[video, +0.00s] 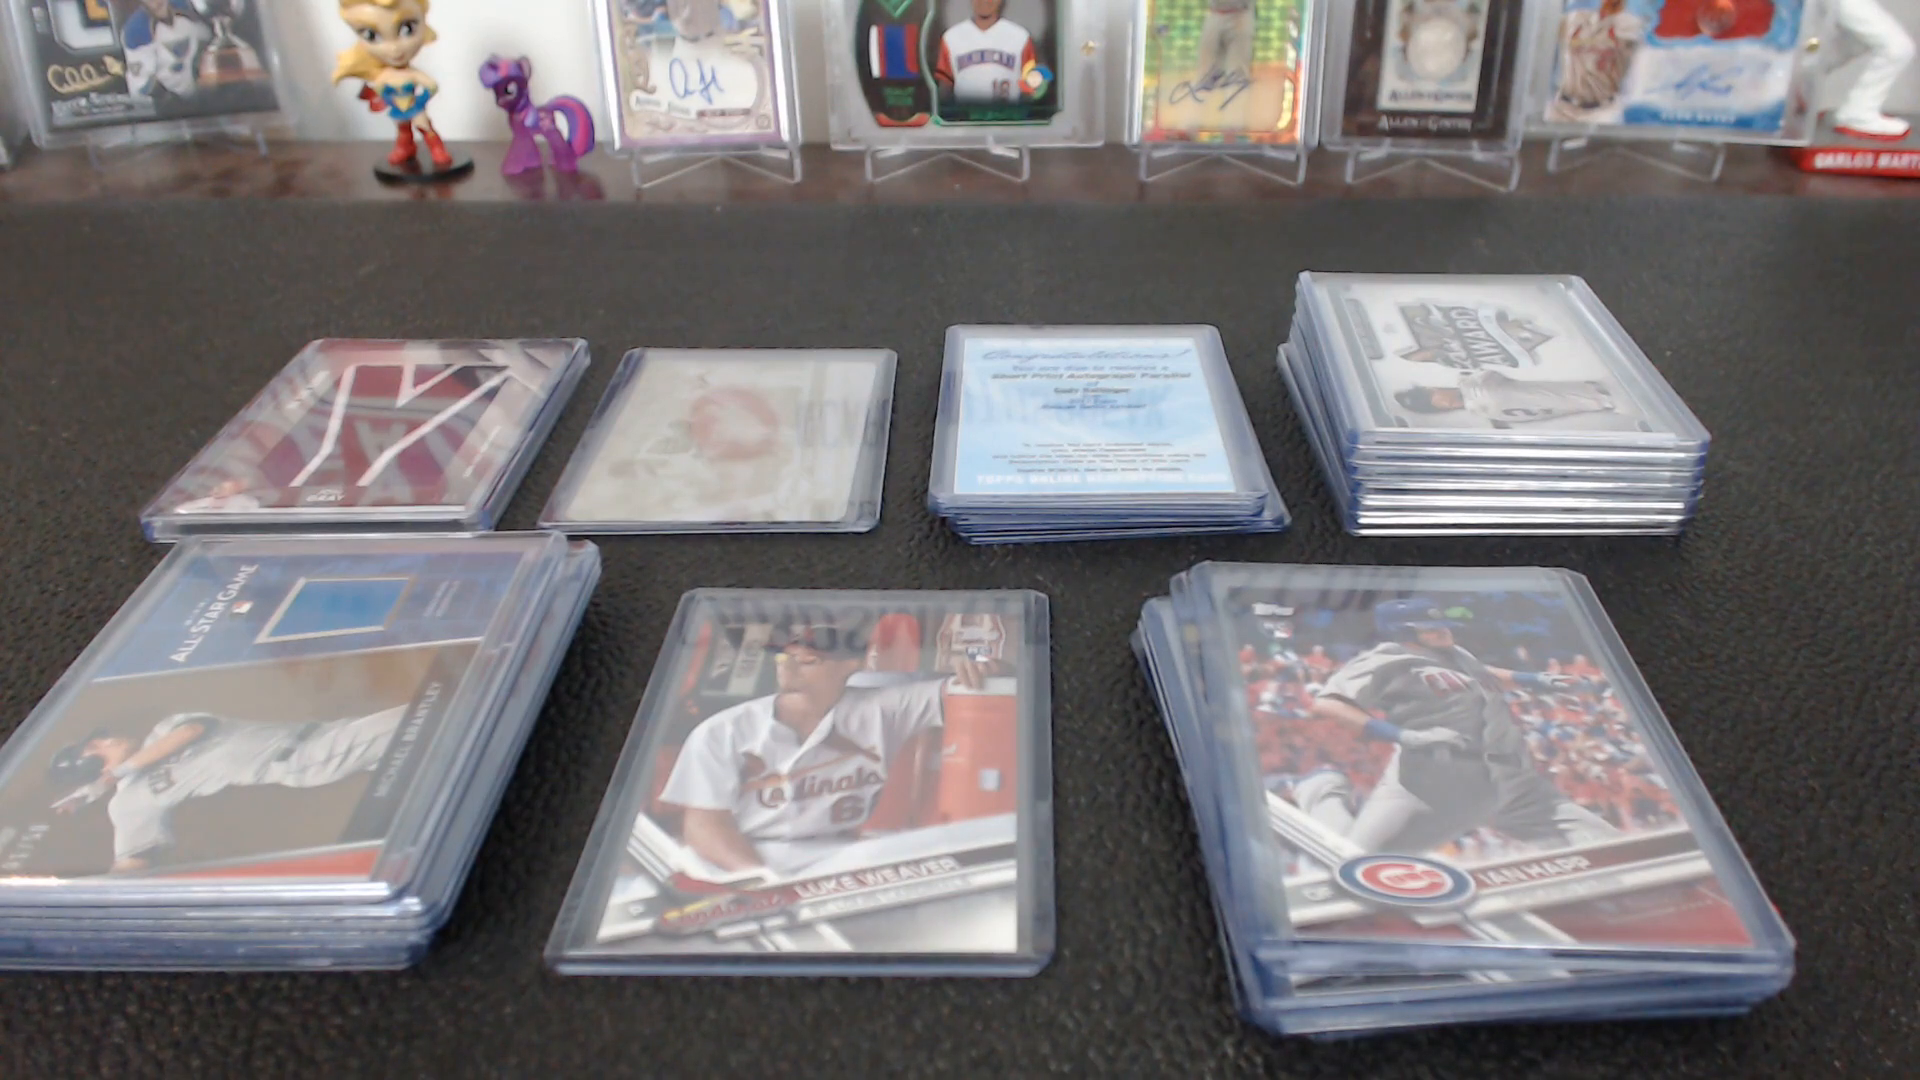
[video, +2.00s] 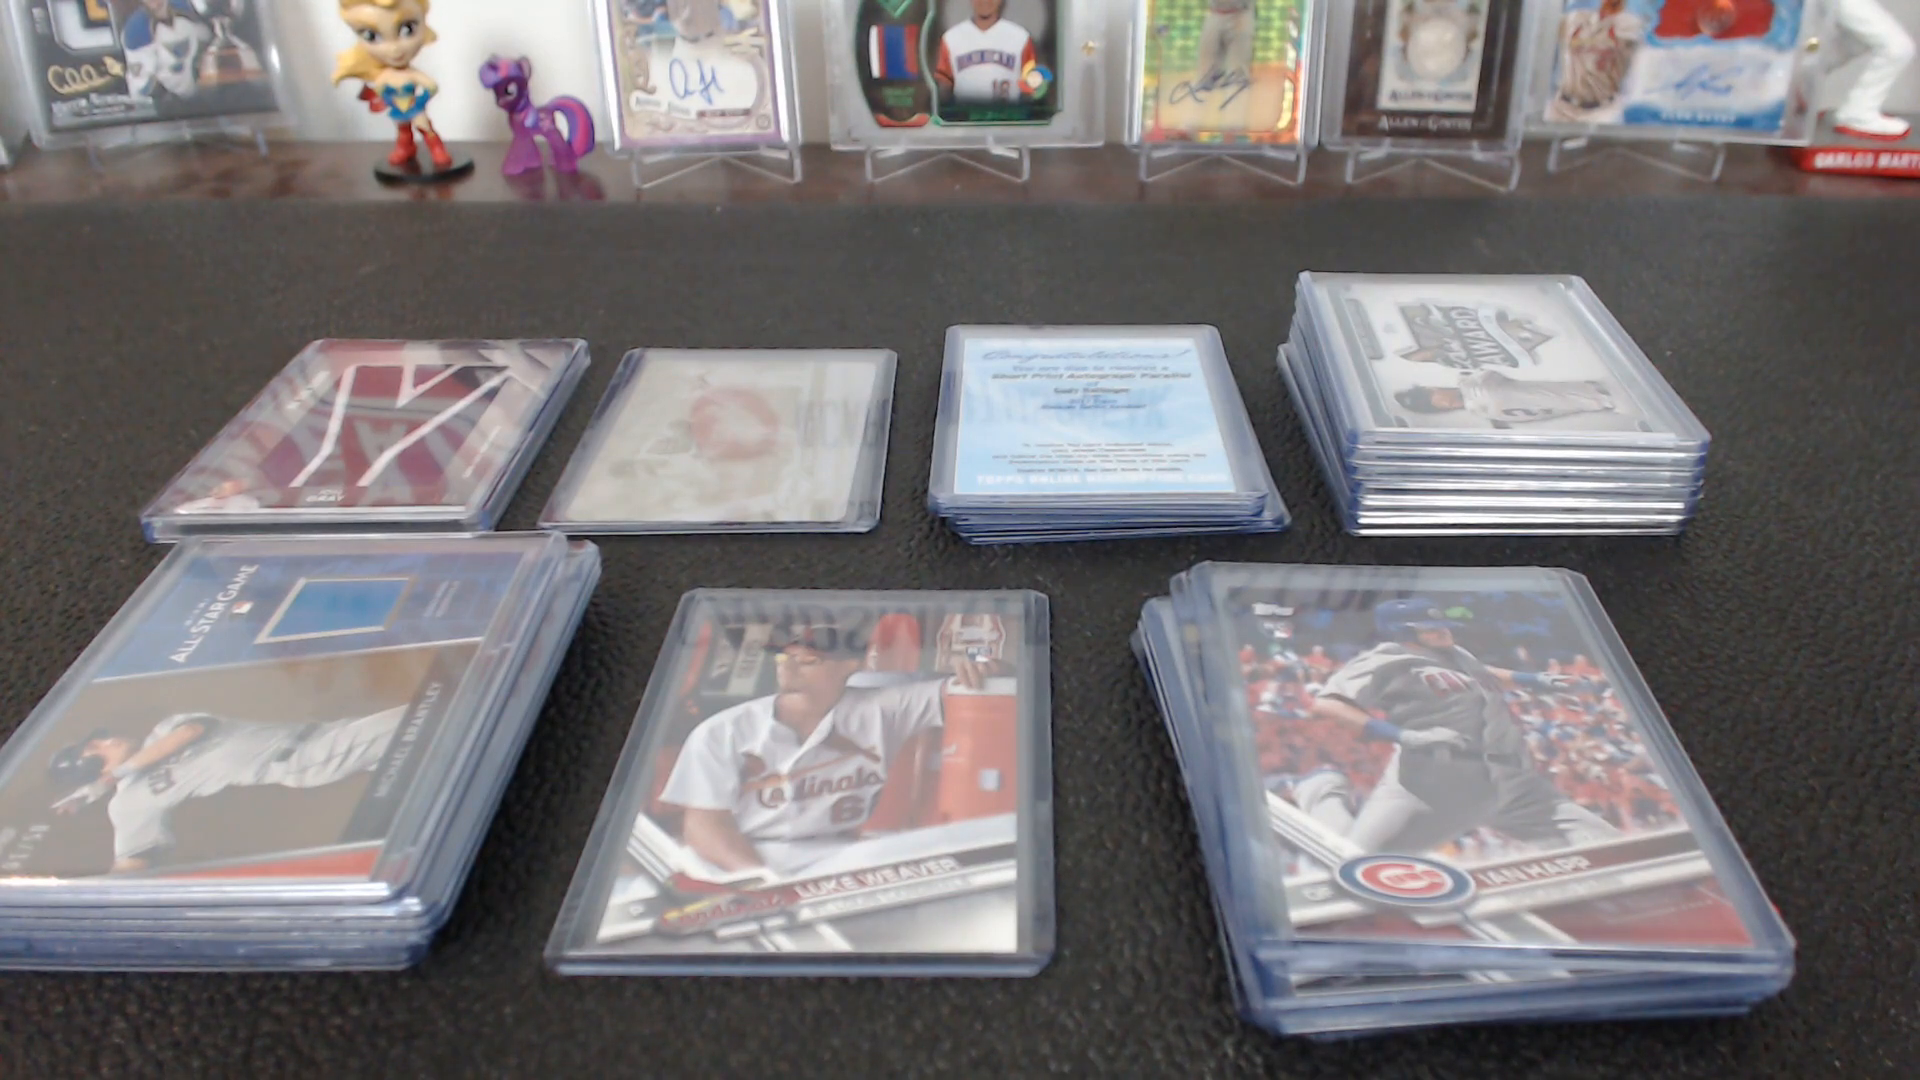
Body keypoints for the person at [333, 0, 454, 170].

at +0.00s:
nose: (394, 49)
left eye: (407, 29)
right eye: (371, 35)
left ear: (424, 26)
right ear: (358, 36)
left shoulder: (414, 74)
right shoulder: (379, 74)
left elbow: (427, 86)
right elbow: (370, 86)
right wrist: (375, 99)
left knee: (421, 122)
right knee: (401, 122)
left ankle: (436, 148)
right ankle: (405, 147)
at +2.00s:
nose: (394, 49)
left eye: (407, 30)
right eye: (371, 36)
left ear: (424, 28)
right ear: (358, 37)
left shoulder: (414, 75)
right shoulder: (379, 74)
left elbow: (426, 85)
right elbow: (369, 86)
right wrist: (375, 99)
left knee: (422, 122)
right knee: (401, 123)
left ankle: (436, 148)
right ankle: (405, 147)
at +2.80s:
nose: (394, 50)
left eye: (407, 30)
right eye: (371, 36)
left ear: (424, 27)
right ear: (358, 37)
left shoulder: (414, 75)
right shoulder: (378, 74)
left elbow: (426, 86)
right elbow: (369, 88)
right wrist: (375, 101)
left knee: (421, 121)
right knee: (401, 121)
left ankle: (436, 148)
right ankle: (405, 147)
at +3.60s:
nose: (394, 50)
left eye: (407, 30)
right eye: (372, 36)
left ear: (424, 29)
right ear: (359, 38)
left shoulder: (414, 75)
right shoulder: (379, 75)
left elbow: (426, 86)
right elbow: (370, 88)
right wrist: (375, 100)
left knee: (421, 122)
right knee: (401, 123)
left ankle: (437, 149)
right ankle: (405, 148)